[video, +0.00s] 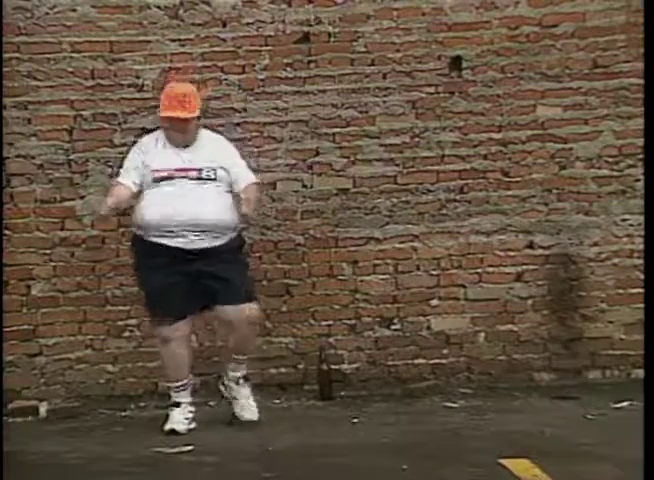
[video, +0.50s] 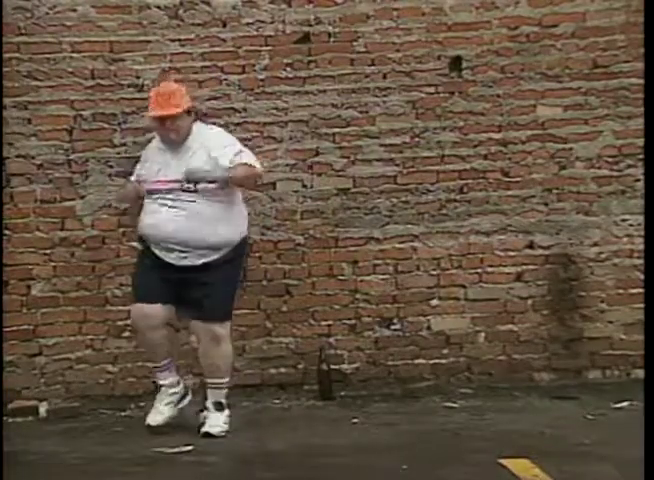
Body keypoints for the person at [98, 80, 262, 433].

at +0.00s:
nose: (179, 127)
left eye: (186, 120)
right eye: (172, 120)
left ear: (197, 117)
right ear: (161, 118)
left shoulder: (218, 146)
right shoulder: (146, 148)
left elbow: (249, 185)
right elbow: (126, 185)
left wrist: (247, 207)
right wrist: (109, 205)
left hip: (220, 248)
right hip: (161, 250)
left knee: (244, 316)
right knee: (170, 329)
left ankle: (236, 381)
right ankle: (181, 405)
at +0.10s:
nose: (188, 121)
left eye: (193, 114)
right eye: (180, 115)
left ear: (202, 107)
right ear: (164, 111)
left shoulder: (218, 139)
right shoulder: (143, 143)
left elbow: (246, 176)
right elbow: (122, 180)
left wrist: (244, 202)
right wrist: (119, 210)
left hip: (216, 244)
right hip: (158, 245)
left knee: (226, 315)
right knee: (171, 325)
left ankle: (232, 393)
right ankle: (181, 404)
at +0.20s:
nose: (189, 105)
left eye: (194, 97)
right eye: (181, 99)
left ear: (203, 96)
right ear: (166, 99)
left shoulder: (220, 127)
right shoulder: (146, 132)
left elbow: (248, 165)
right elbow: (121, 177)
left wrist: (244, 191)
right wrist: (125, 215)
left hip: (215, 243)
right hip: (160, 245)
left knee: (213, 326)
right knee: (170, 327)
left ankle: (218, 404)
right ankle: (181, 403)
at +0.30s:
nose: (187, 101)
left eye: (193, 94)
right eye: (179, 95)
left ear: (204, 95)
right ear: (165, 100)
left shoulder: (225, 129)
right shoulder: (151, 135)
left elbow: (256, 155)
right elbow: (132, 176)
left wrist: (247, 181)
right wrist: (133, 215)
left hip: (216, 247)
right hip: (160, 248)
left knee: (212, 326)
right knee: (162, 325)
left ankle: (217, 404)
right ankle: (181, 401)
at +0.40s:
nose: (178, 114)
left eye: (185, 106)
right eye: (170, 108)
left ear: (199, 108)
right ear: (161, 113)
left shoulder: (224, 138)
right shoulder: (157, 146)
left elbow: (264, 164)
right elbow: (140, 180)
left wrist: (241, 182)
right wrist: (130, 208)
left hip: (213, 256)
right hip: (157, 254)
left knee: (211, 332)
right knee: (147, 321)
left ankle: (217, 407)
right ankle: (176, 388)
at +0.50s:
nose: (167, 127)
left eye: (174, 118)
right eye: (160, 120)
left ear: (190, 113)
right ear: (152, 120)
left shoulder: (213, 139)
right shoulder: (153, 150)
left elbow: (254, 175)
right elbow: (139, 193)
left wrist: (218, 177)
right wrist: (132, 194)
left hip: (215, 255)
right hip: (160, 252)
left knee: (212, 330)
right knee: (145, 316)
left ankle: (217, 406)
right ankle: (171, 387)